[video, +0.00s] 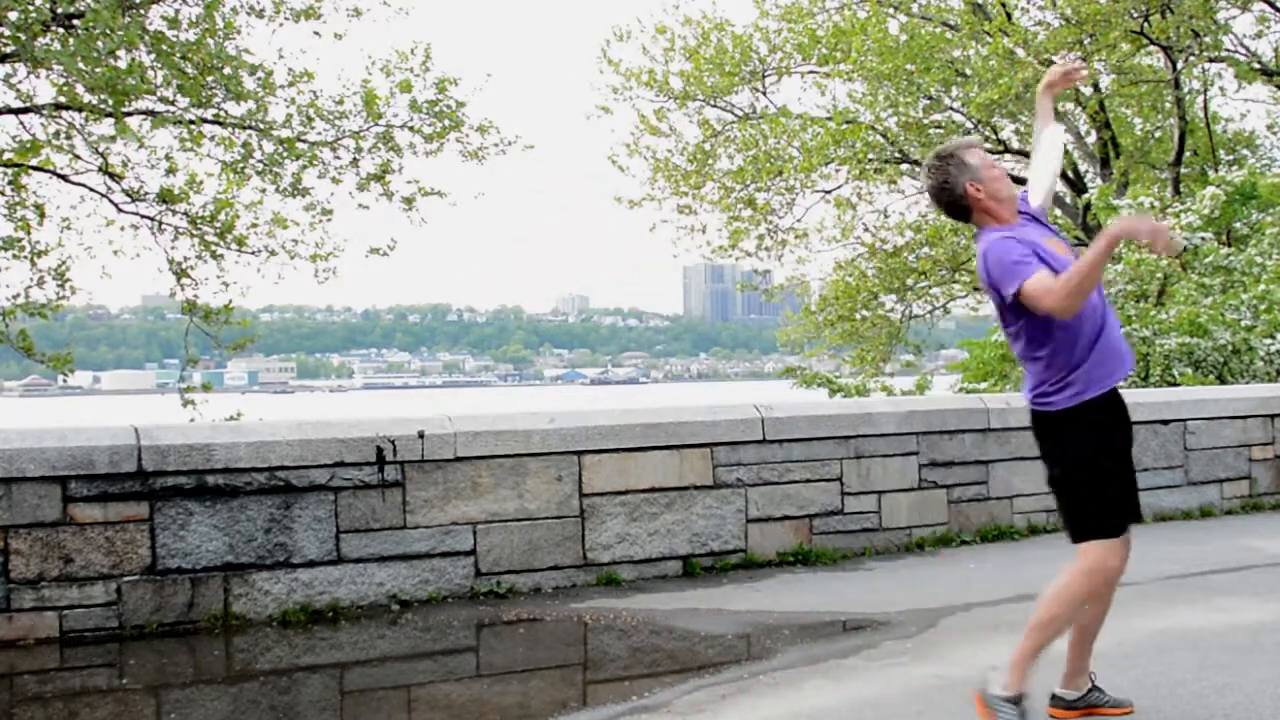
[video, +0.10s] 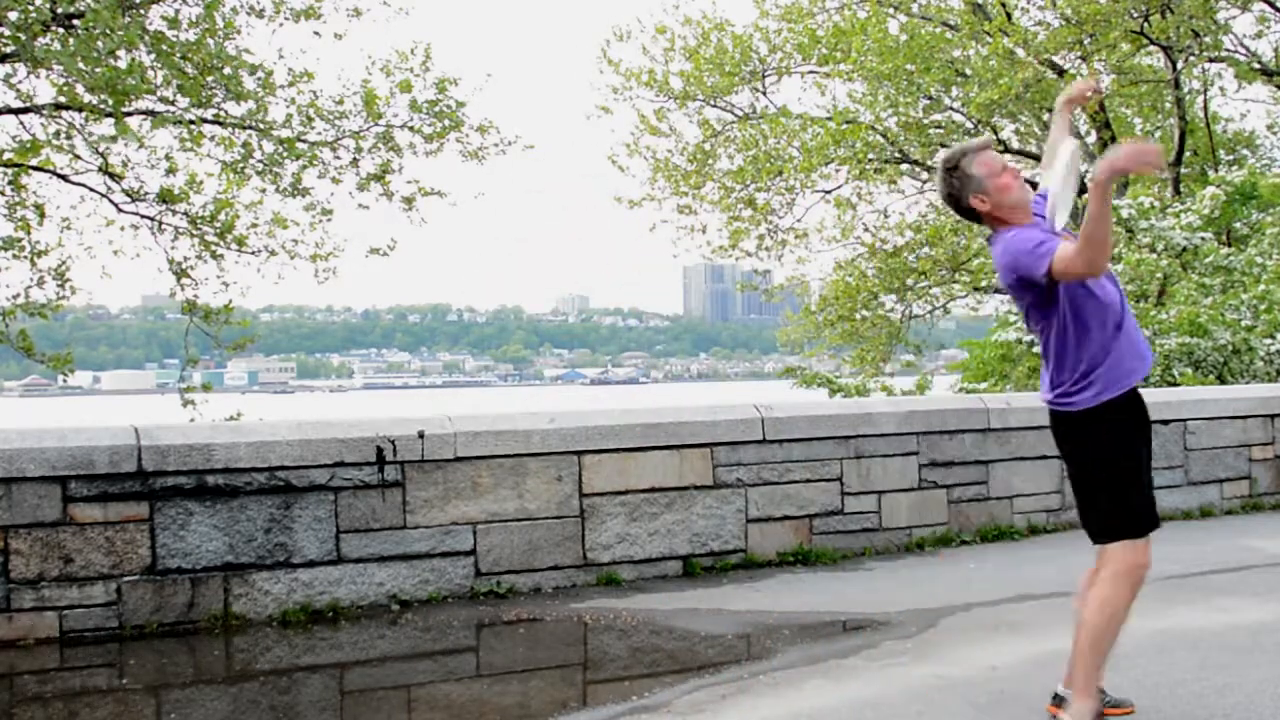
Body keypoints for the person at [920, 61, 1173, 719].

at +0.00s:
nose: (1004, 166)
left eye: (996, 160)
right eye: (993, 164)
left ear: (984, 191)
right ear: (977, 193)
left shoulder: (1027, 217)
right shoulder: (999, 250)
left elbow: (1045, 161)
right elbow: (1059, 300)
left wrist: (1045, 94)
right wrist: (1116, 233)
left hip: (1097, 402)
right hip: (1068, 412)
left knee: (1109, 554)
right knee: (1102, 556)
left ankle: (1075, 686)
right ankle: (1008, 685)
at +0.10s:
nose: (1017, 170)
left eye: (1007, 163)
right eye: (1002, 170)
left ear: (997, 194)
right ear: (983, 202)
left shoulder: (1036, 218)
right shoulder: (1016, 247)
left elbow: (1057, 166)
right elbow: (1088, 260)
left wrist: (1064, 106)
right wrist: (1104, 178)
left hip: (1107, 400)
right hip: (1092, 409)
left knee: (1116, 557)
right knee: (1129, 559)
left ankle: (1079, 686)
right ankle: (1079, 703)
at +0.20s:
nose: (1028, 176)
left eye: (1023, 169)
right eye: (1015, 178)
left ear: (1031, 180)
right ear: (995, 210)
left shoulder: (1050, 216)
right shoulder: (1033, 251)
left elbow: (1065, 179)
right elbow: (1101, 256)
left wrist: (1082, 139)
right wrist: (1096, 177)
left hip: (1120, 402)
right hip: (1107, 410)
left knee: (1126, 556)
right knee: (1141, 559)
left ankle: (1077, 687)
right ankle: (1091, 707)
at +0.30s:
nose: (1043, 182)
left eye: (1039, 173)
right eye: (1030, 183)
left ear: (1046, 175)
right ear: (1007, 212)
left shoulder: (1057, 214)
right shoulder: (1046, 252)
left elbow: (1076, 199)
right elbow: (1124, 282)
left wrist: (1086, 158)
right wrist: (1118, 218)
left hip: (1127, 403)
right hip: (1118, 410)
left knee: (1137, 557)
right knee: (1143, 560)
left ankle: (1086, 688)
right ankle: (1093, 708)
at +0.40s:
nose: (1061, 179)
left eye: (1056, 170)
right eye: (1047, 182)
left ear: (1062, 168)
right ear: (1024, 210)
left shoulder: (1063, 218)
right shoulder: (1069, 252)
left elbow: (1064, 197)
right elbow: (1163, 293)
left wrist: (1074, 154)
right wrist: (1166, 238)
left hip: (1131, 407)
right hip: (1125, 413)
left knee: (1142, 558)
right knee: (1144, 562)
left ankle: (1096, 691)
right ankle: (1092, 706)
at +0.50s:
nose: (1084, 168)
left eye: (1079, 160)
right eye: (1072, 170)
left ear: (1052, 201)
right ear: (1049, 202)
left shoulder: (1061, 236)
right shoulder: (1095, 254)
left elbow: (1069, 188)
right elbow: (1207, 269)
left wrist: (1066, 137)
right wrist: (1222, 181)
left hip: (1112, 412)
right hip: (1137, 416)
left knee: (1133, 558)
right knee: (1159, 563)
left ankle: (1088, 695)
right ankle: (1096, 706)